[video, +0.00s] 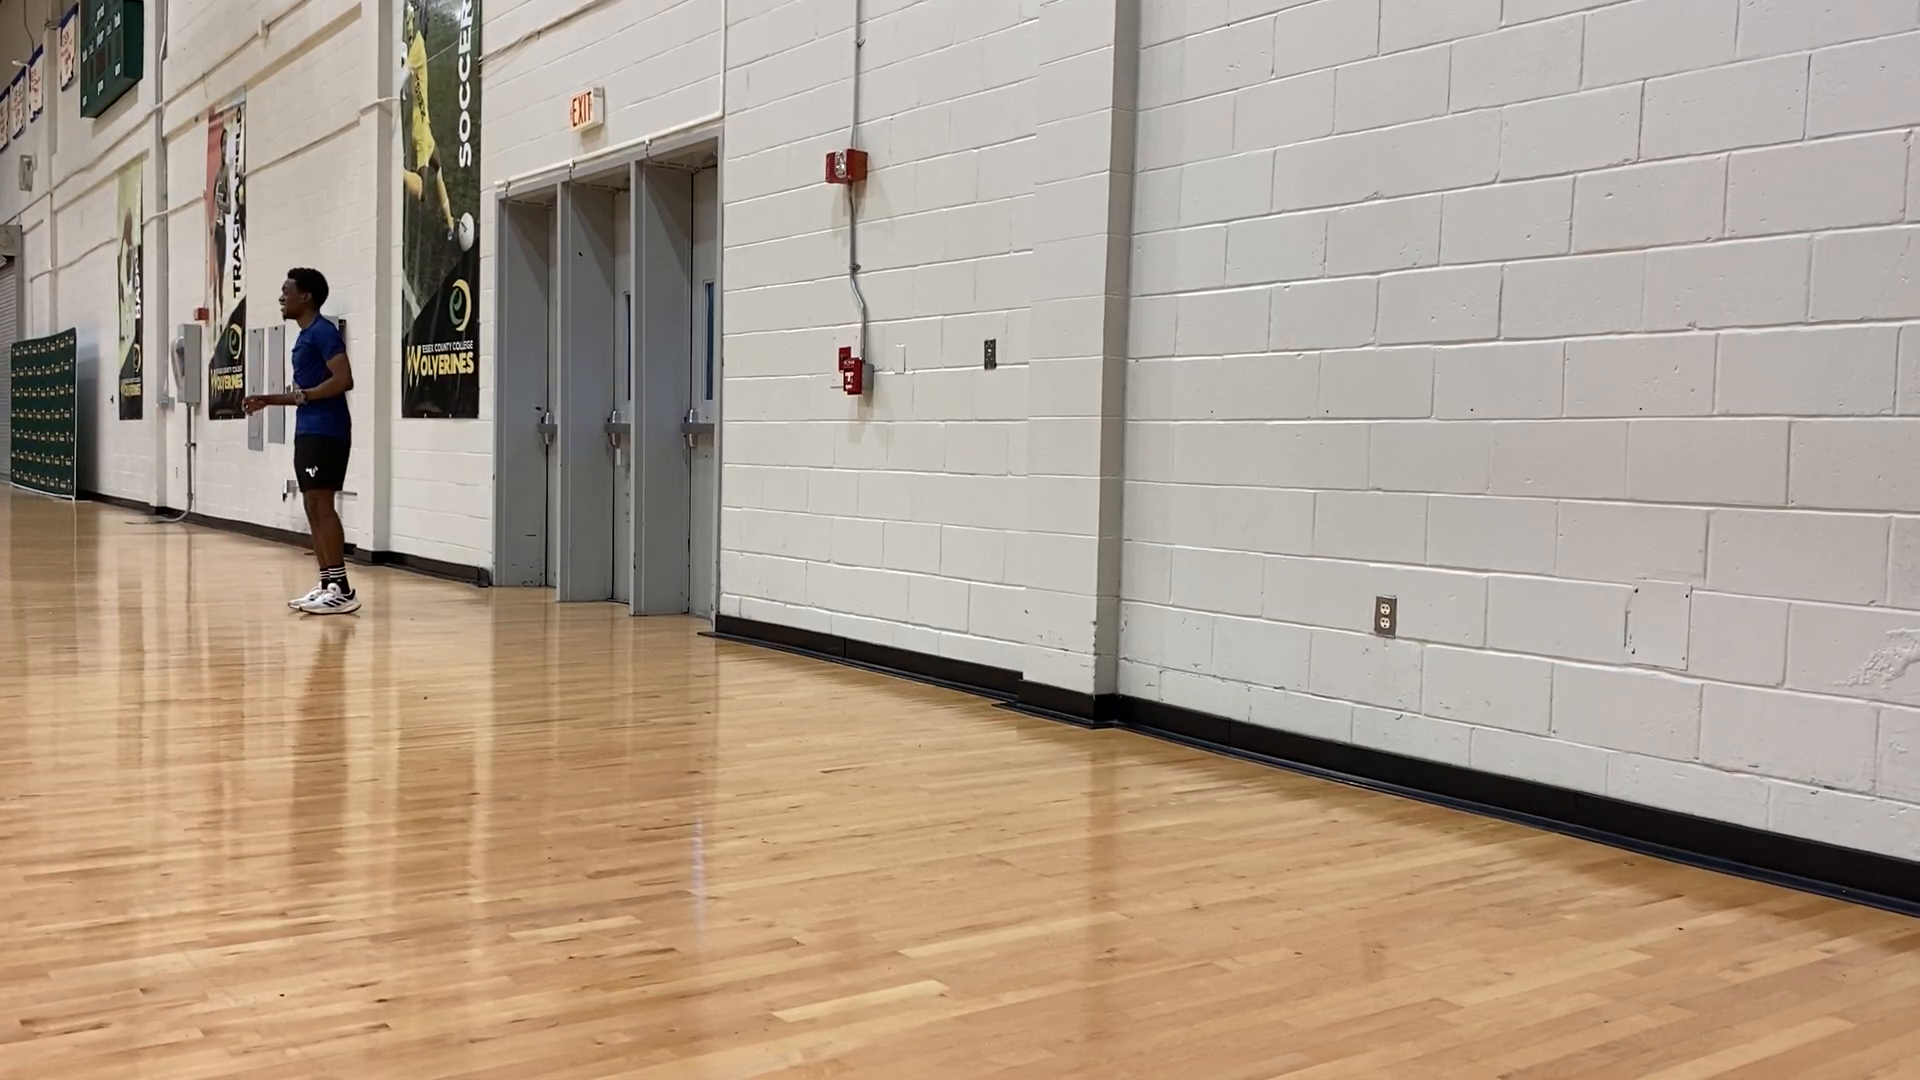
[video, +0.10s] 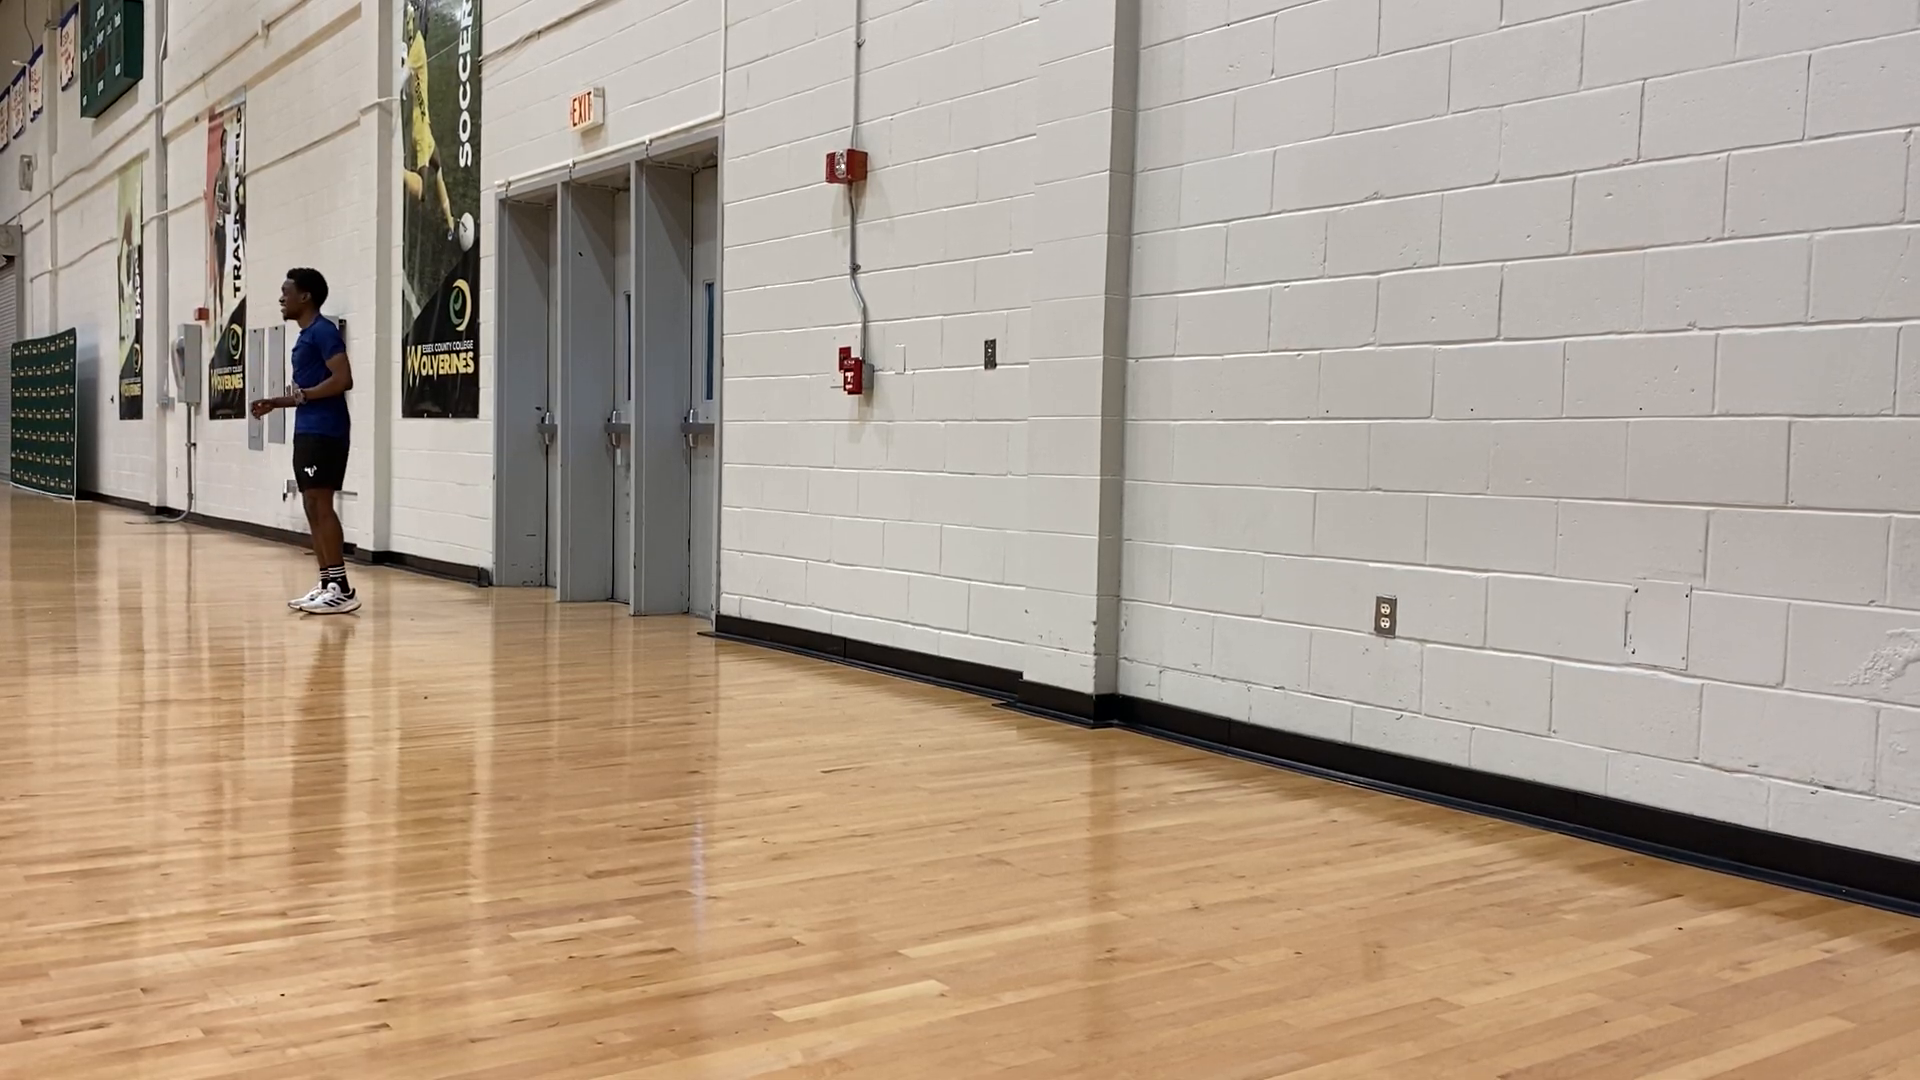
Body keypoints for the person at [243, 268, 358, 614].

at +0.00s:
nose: (281, 298)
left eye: (286, 292)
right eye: (282, 292)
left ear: (306, 296)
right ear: (301, 298)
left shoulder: (323, 331)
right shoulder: (304, 336)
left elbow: (344, 379)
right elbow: (306, 394)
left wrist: (307, 395)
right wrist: (268, 400)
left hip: (326, 434)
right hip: (309, 433)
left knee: (323, 507)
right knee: (313, 508)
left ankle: (340, 588)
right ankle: (326, 586)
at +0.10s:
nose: (280, 298)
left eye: (286, 292)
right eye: (282, 292)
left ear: (306, 297)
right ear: (303, 297)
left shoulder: (323, 331)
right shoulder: (305, 336)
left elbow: (343, 379)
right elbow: (306, 393)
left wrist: (306, 395)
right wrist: (273, 403)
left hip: (325, 433)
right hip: (308, 433)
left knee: (322, 508)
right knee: (313, 508)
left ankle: (340, 589)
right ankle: (327, 586)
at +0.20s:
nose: (281, 299)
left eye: (286, 293)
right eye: (282, 293)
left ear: (306, 297)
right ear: (303, 298)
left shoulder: (324, 331)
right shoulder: (306, 335)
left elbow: (341, 380)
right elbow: (306, 391)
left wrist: (300, 396)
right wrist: (276, 403)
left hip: (324, 434)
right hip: (308, 433)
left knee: (319, 508)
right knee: (311, 509)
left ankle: (340, 589)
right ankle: (327, 585)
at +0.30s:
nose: (282, 298)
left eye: (287, 292)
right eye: (283, 292)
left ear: (307, 296)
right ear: (304, 297)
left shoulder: (323, 330)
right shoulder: (307, 334)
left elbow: (339, 380)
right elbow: (305, 390)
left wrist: (297, 395)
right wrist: (275, 401)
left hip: (323, 433)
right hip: (307, 432)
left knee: (318, 508)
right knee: (311, 509)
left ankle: (340, 588)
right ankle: (327, 585)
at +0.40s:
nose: (283, 297)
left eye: (288, 291)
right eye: (284, 291)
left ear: (308, 295)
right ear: (304, 296)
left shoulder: (323, 330)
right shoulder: (306, 335)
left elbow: (336, 378)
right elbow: (303, 391)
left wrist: (295, 393)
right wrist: (271, 400)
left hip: (322, 433)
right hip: (307, 432)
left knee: (317, 508)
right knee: (311, 508)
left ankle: (338, 588)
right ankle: (327, 585)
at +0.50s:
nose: (283, 296)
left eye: (289, 290)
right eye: (285, 290)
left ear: (308, 295)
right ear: (305, 296)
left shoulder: (322, 329)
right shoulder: (305, 335)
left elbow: (335, 377)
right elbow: (301, 393)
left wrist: (297, 391)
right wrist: (266, 398)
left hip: (321, 432)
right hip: (306, 432)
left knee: (317, 507)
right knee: (311, 507)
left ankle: (338, 587)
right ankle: (327, 585)